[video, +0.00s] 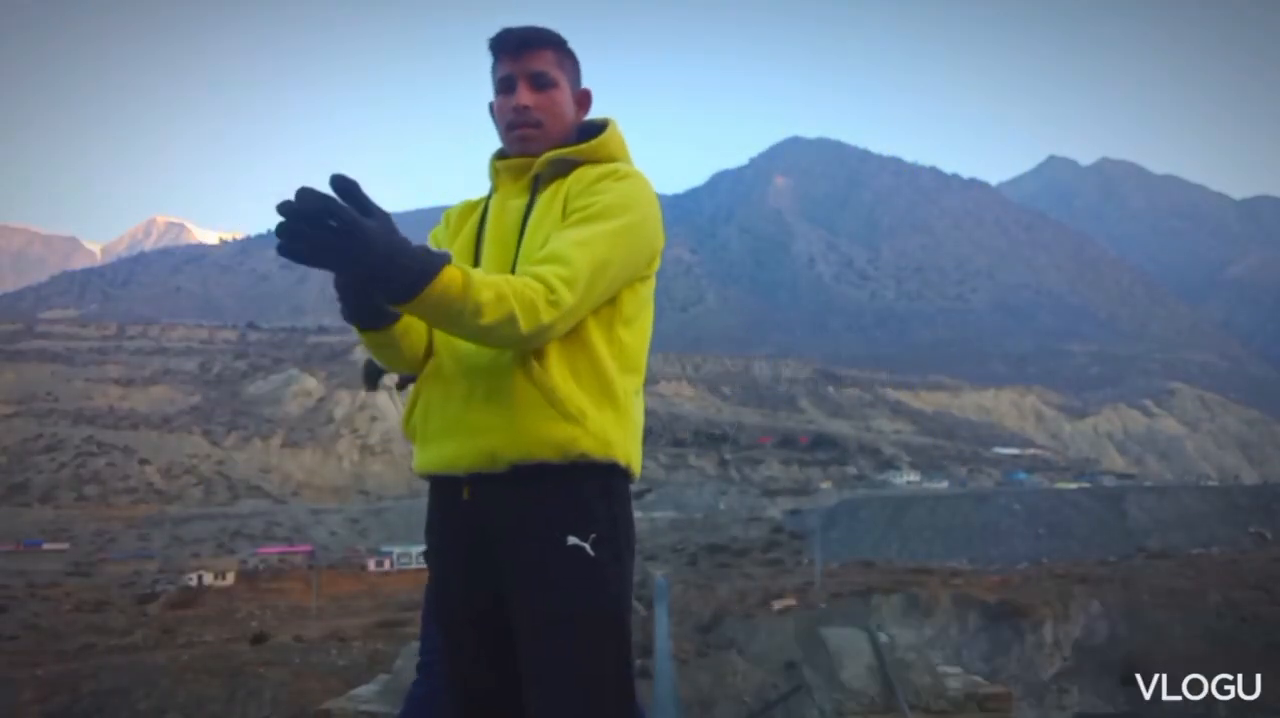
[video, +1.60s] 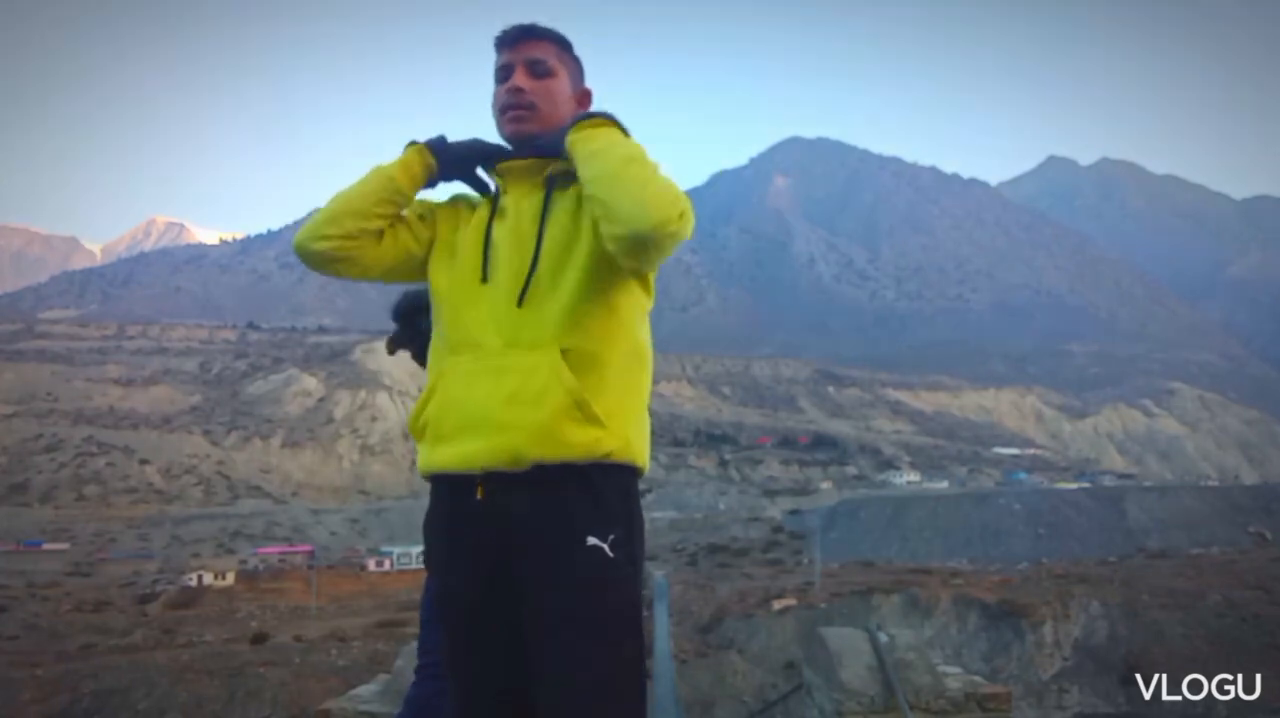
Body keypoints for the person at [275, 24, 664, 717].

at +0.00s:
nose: (520, 100)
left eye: (541, 83)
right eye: (505, 86)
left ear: (581, 100)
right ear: (492, 106)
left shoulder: (618, 196)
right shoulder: (458, 222)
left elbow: (530, 312)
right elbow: (412, 354)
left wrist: (399, 264)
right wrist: (364, 283)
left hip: (567, 498)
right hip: (460, 500)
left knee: (578, 698)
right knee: (465, 697)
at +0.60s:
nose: (492, 95)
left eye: (516, 78)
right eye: (482, 80)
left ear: (562, 100)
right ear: (469, 99)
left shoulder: (620, 193)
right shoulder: (463, 220)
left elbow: (621, 335)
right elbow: (389, 372)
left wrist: (513, 275)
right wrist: (422, 308)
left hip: (571, 496)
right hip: (458, 501)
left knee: (581, 697)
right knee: (474, 695)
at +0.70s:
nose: (490, 93)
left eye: (513, 76)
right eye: (478, 80)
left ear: (560, 97)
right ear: (466, 100)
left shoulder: (621, 193)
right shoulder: (457, 221)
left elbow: (653, 328)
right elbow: (384, 372)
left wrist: (542, 224)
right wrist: (406, 287)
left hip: (571, 493)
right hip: (456, 498)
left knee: (583, 696)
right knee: (474, 694)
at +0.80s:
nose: (489, 93)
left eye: (511, 76)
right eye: (477, 80)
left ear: (558, 93)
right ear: (466, 99)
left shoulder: (618, 193)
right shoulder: (442, 228)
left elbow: (692, 309)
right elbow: (369, 346)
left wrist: (606, 170)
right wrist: (376, 244)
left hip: (574, 493)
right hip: (457, 496)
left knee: (583, 697)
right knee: (476, 696)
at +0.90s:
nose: (486, 95)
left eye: (508, 77)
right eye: (474, 82)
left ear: (557, 95)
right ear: (463, 101)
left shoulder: (613, 191)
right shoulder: (445, 226)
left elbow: (722, 239)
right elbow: (332, 287)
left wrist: (654, 120)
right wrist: (368, 181)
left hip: (573, 498)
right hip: (457, 502)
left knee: (585, 699)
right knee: (476, 697)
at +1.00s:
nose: (483, 98)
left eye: (504, 78)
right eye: (470, 84)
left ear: (554, 96)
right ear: (460, 106)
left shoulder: (616, 187)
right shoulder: (439, 212)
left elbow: (730, 151)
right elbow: (319, 207)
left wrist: (645, 88)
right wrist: (410, 132)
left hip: (574, 496)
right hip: (457, 500)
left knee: (587, 698)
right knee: (474, 696)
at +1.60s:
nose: (515, 84)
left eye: (538, 71)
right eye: (503, 75)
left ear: (580, 98)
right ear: (491, 100)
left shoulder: (609, 189)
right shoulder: (454, 222)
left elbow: (650, 225)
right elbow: (321, 243)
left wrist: (588, 126)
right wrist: (423, 160)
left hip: (579, 499)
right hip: (462, 501)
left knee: (587, 697)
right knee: (460, 695)